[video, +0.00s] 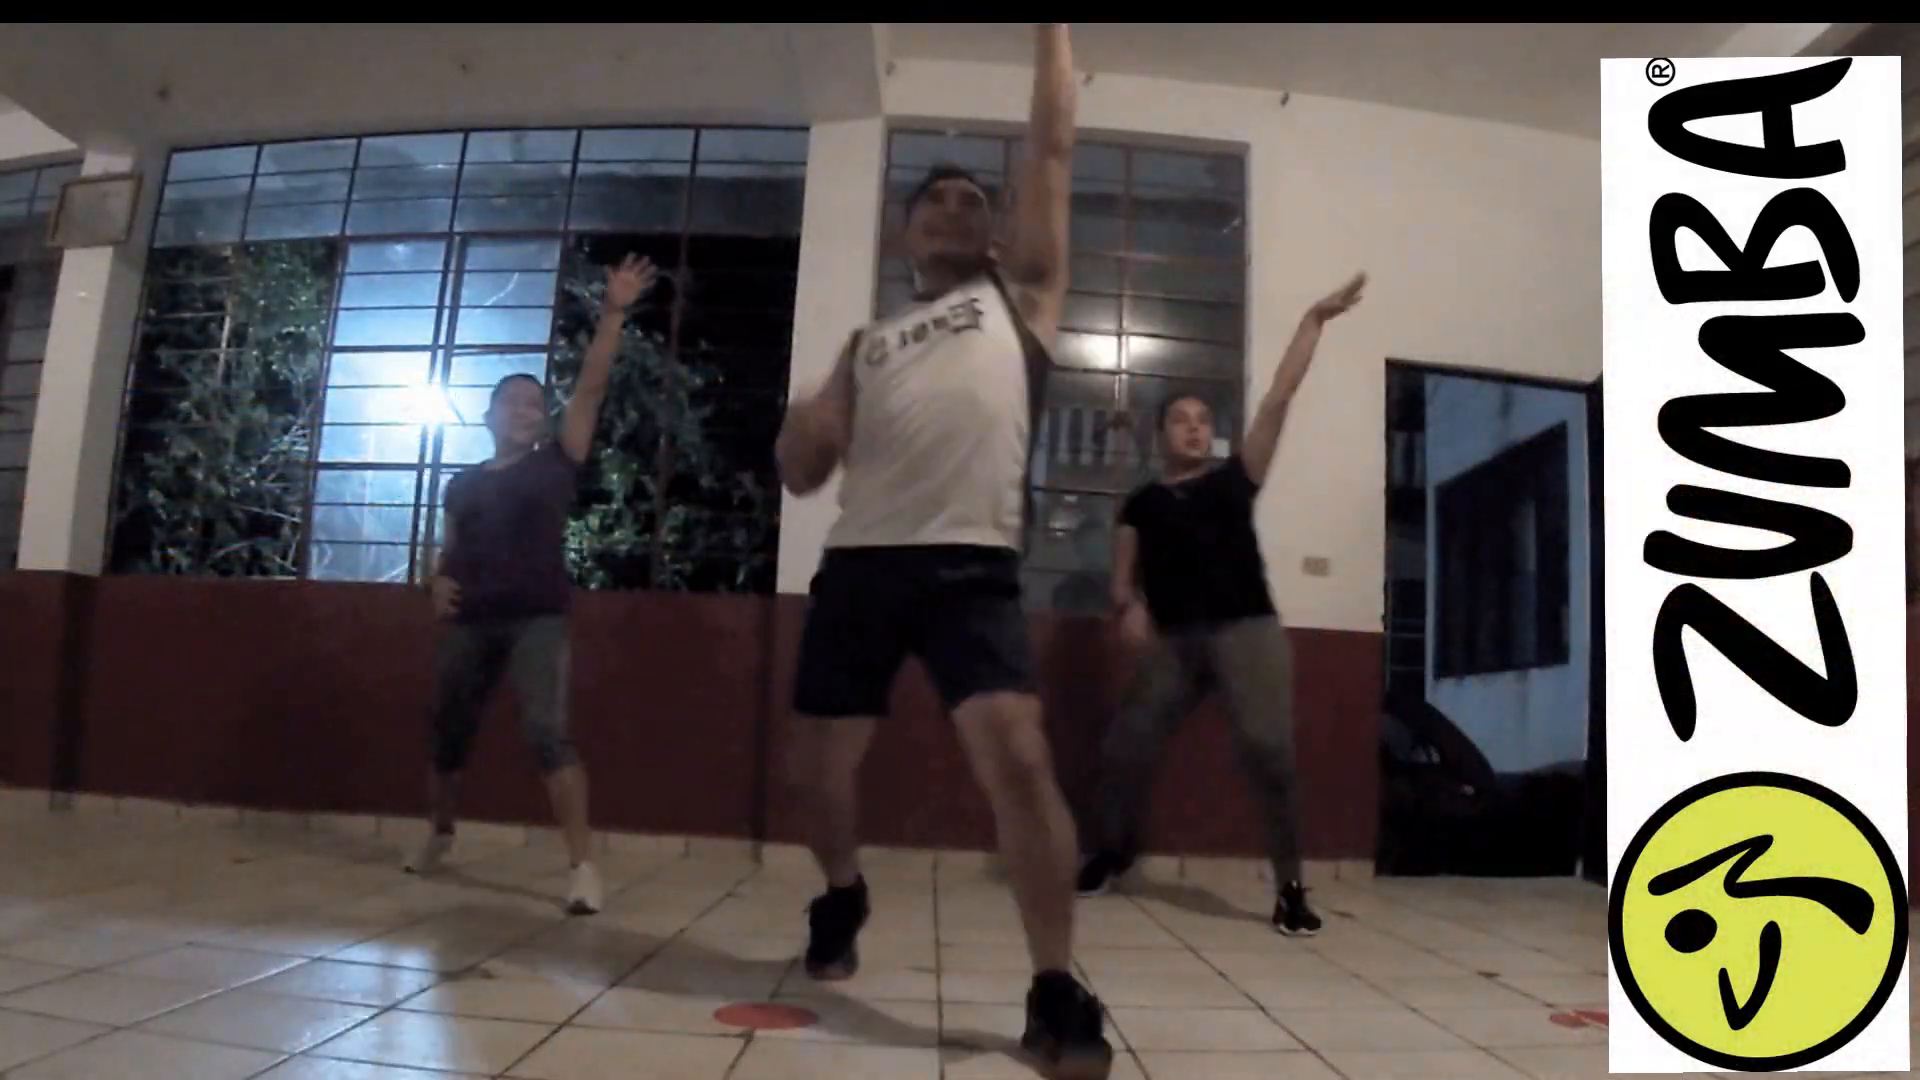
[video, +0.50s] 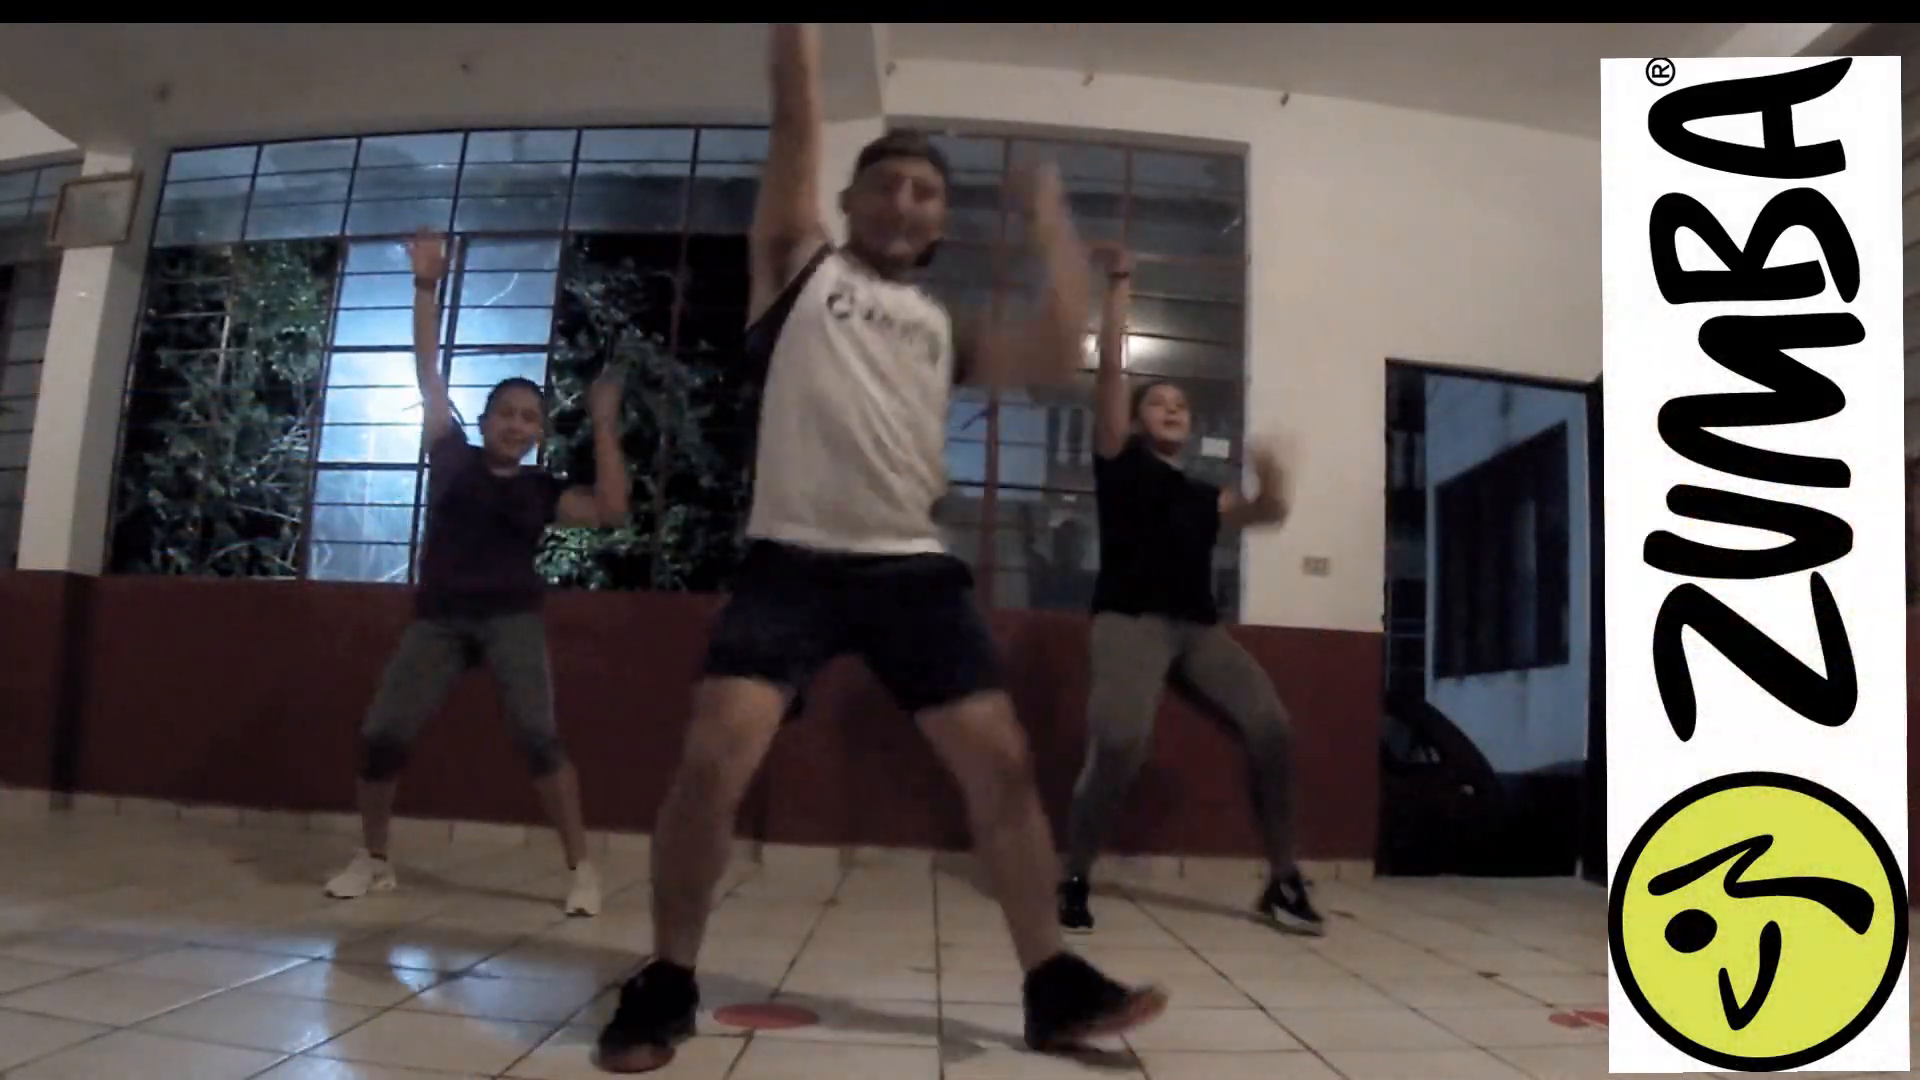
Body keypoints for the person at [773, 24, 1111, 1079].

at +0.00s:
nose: (956, 206)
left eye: (972, 203)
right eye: (936, 201)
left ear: (996, 236)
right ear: (907, 237)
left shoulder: (1020, 299)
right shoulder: (866, 346)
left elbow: (1053, 142)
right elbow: (800, 475)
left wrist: (1055, 25)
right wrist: (805, 432)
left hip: (973, 570)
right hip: (859, 570)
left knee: (1021, 765)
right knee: (819, 779)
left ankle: (1056, 986)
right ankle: (840, 895)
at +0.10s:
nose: (968, 206)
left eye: (986, 204)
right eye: (950, 201)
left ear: (1010, 242)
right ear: (921, 241)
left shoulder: (1034, 308)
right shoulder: (884, 352)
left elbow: (1071, 150)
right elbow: (802, 421)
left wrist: (1069, 26)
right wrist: (838, 300)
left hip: (992, 586)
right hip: (871, 577)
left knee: (1035, 780)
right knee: (746, 744)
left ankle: (1056, 993)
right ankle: (820, 860)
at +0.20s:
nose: (969, 200)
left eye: (987, 196)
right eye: (952, 193)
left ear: (1013, 234)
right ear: (924, 227)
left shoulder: (1041, 305)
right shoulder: (880, 318)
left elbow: (1079, 149)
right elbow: (777, 277)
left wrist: (1082, 25)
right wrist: (855, 153)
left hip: (994, 585)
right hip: (866, 572)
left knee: (1040, 772)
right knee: (711, 704)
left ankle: (1054, 991)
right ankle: (789, 866)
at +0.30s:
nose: (965, 175)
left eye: (983, 169)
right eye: (942, 165)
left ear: (1003, 209)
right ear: (906, 196)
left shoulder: (1019, 288)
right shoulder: (860, 274)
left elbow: (1086, 147)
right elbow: (801, 146)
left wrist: (1093, 20)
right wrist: (826, 37)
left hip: (982, 565)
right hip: (846, 550)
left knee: (1029, 762)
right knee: (714, 712)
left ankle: (1055, 988)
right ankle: (726, 921)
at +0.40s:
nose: (936, 177)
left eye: (956, 170)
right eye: (918, 165)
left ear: (976, 201)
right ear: (881, 188)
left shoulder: (987, 283)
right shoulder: (839, 248)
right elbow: (824, 102)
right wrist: (820, 18)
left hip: (947, 559)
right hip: (815, 546)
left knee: (991, 766)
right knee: (739, 758)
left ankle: (1052, 985)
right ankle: (670, 979)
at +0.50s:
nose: (909, 197)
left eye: (926, 190)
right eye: (891, 183)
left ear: (943, 221)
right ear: (850, 202)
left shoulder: (946, 327)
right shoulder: (799, 264)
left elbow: (1057, 349)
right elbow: (792, 115)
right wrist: (792, 13)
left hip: (913, 575)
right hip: (786, 567)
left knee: (1000, 755)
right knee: (710, 757)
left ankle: (1051, 980)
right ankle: (665, 980)